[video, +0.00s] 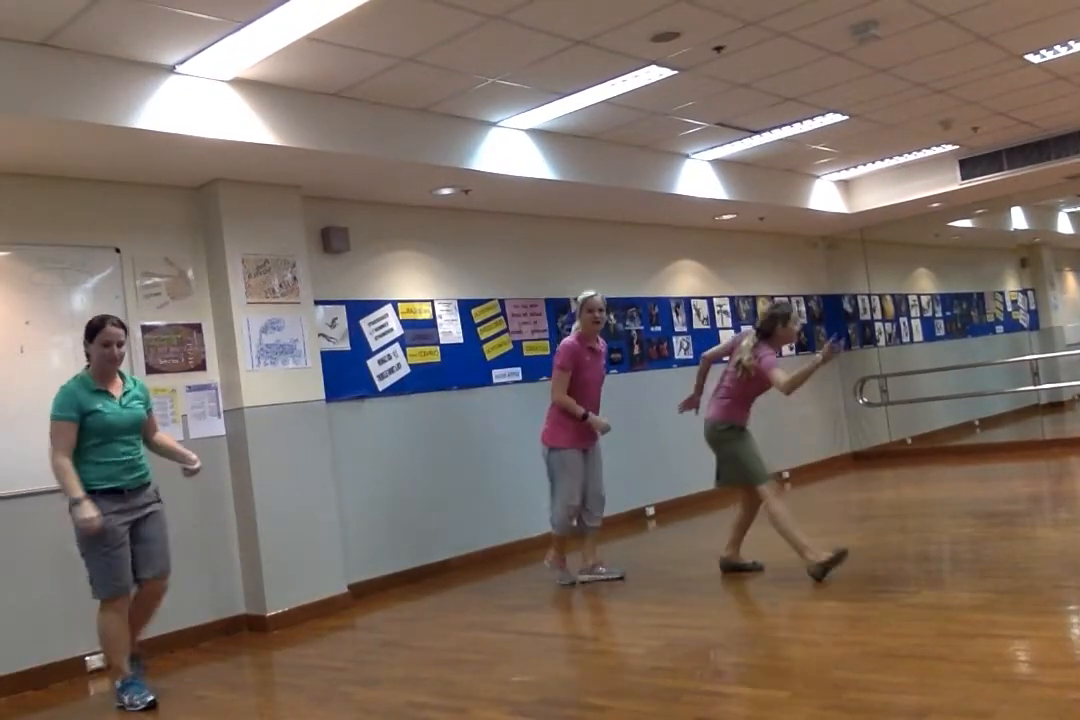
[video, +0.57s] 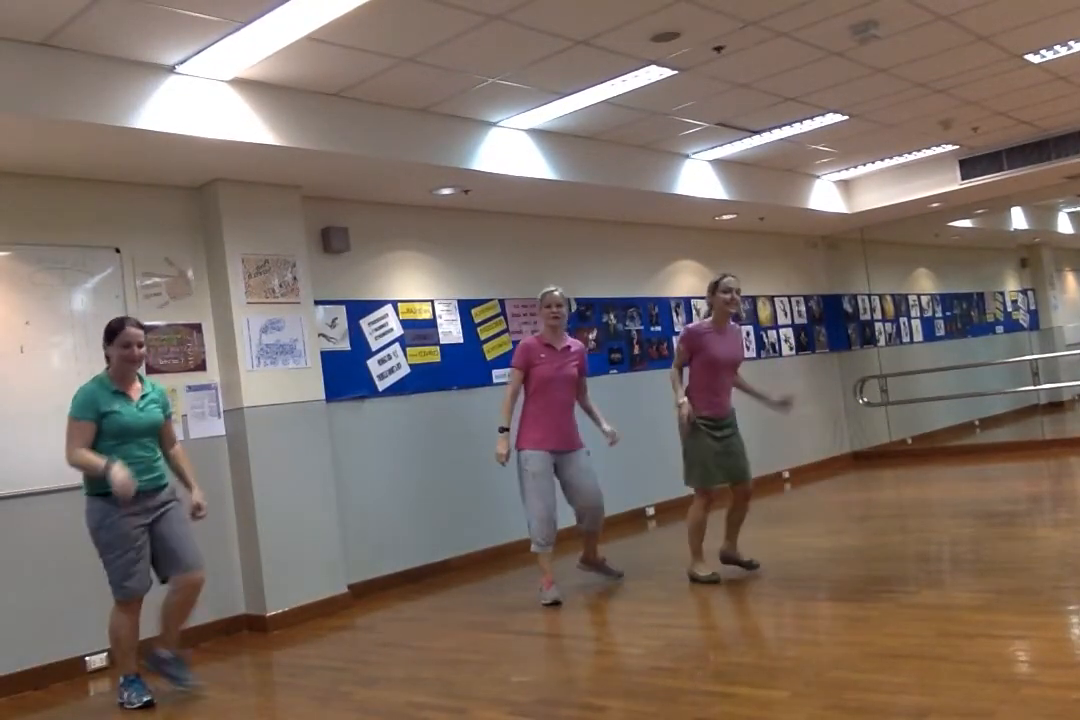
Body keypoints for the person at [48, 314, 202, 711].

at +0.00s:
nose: (115, 352)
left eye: (120, 345)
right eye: (106, 345)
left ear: (127, 348)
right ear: (89, 347)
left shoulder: (137, 388)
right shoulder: (72, 395)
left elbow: (152, 435)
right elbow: (60, 456)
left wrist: (183, 454)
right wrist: (81, 501)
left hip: (144, 497)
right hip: (100, 505)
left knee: (156, 582)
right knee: (116, 596)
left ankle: (126, 645)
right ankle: (122, 682)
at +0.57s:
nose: (135, 352)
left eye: (140, 345)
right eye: (127, 345)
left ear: (145, 348)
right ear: (108, 350)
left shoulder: (156, 393)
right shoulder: (91, 395)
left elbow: (171, 445)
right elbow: (76, 453)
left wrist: (193, 487)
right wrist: (110, 467)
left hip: (162, 500)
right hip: (115, 508)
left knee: (190, 577)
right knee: (130, 594)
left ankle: (165, 650)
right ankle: (129, 679)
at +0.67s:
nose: (148, 347)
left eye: (152, 341)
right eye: (138, 341)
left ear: (156, 345)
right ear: (117, 345)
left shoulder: (163, 386)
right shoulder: (99, 390)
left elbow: (179, 441)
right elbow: (86, 448)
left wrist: (209, 480)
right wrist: (122, 441)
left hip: (171, 495)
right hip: (123, 504)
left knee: (202, 575)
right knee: (130, 595)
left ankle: (216, 669)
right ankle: (129, 680)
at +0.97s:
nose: (199, 344)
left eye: (199, 337)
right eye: (190, 338)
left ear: (195, 343)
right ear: (164, 343)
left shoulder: (206, 387)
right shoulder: (141, 390)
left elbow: (224, 441)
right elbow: (135, 452)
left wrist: (254, 484)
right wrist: (173, 436)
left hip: (222, 495)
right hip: (174, 503)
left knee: (239, 584)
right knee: (188, 598)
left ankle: (245, 679)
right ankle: (150, 657)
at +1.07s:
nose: (210, 339)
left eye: (208, 332)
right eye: (201, 332)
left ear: (191, 339)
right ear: (175, 340)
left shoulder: (216, 384)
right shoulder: (152, 388)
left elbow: (237, 436)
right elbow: (149, 451)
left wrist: (263, 473)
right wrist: (189, 436)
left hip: (235, 489)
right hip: (187, 496)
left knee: (249, 577)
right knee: (218, 579)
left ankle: (245, 679)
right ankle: (192, 676)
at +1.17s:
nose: (220, 333)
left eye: (218, 326)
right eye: (211, 327)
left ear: (205, 334)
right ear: (186, 334)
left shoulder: (227, 377)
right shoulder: (162, 381)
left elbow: (245, 428)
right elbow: (161, 444)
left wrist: (269, 457)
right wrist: (207, 430)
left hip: (244, 484)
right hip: (198, 490)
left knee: (253, 577)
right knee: (237, 574)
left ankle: (250, 676)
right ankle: (253, 676)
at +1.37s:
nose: (240, 333)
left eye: (238, 327)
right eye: (232, 328)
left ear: (218, 334)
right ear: (208, 334)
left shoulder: (237, 375)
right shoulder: (186, 382)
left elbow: (243, 431)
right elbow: (195, 445)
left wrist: (272, 445)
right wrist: (252, 434)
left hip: (258, 485)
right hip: (215, 493)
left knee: (274, 578)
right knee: (262, 575)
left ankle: (247, 678)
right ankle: (299, 672)